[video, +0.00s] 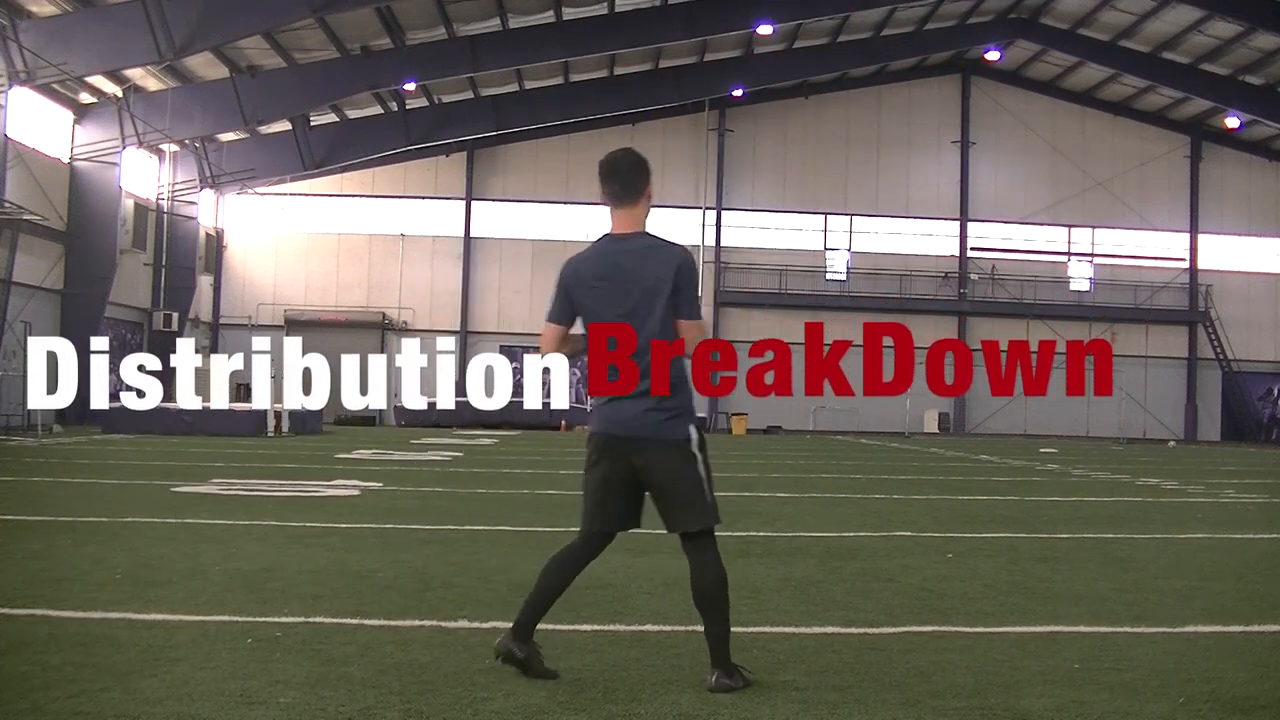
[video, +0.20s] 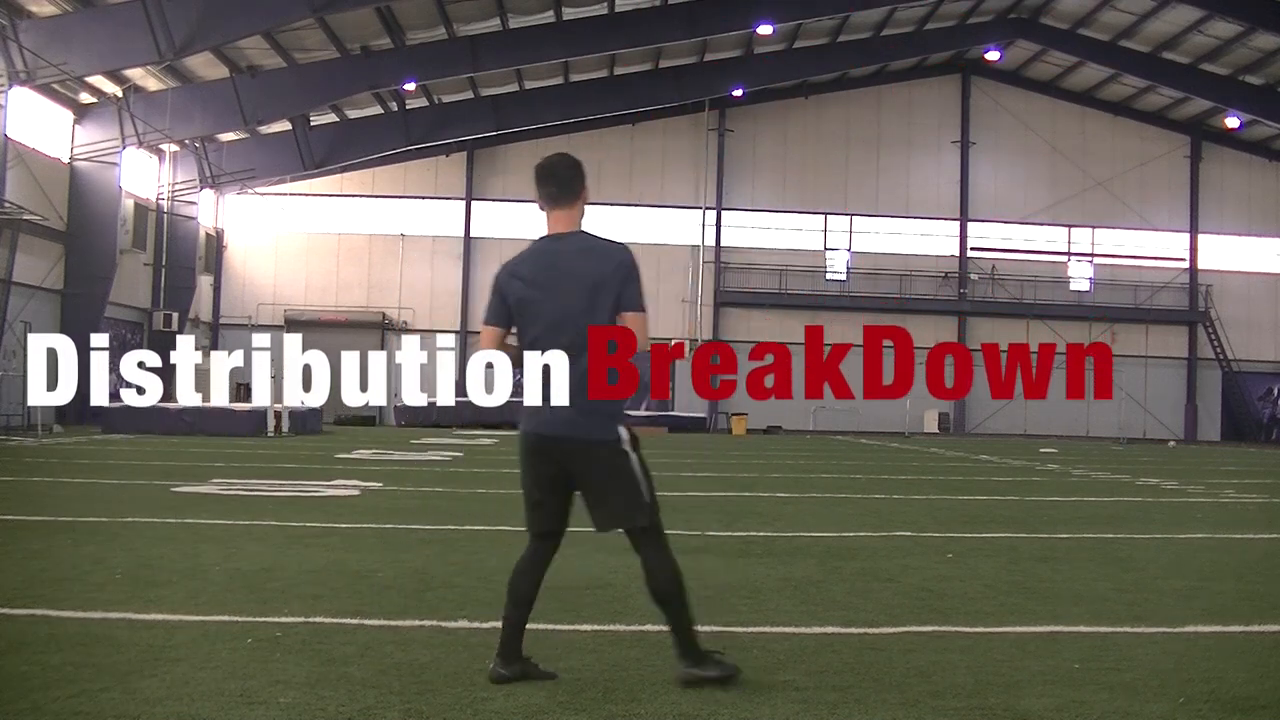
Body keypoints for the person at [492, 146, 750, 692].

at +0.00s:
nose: (649, 197)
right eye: (650, 189)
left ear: (602, 195)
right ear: (650, 192)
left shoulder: (578, 266)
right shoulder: (676, 260)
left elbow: (552, 342)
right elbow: (691, 341)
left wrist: (592, 342)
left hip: (606, 432)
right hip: (667, 433)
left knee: (593, 534)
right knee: (700, 544)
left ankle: (518, 637)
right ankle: (722, 668)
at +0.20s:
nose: (584, 201)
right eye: (586, 193)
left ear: (539, 199)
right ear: (585, 195)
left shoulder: (514, 270)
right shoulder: (615, 258)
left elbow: (487, 350)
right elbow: (636, 340)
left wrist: (527, 351)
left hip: (539, 432)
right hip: (600, 431)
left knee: (541, 539)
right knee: (649, 540)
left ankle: (508, 657)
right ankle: (691, 655)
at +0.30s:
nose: (554, 193)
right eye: (555, 184)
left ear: (509, 192)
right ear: (554, 185)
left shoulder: (485, 260)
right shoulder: (584, 247)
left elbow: (462, 342)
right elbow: (605, 329)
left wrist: (503, 345)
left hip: (508, 421)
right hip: (568, 420)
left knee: (521, 535)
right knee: (617, 526)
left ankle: (507, 657)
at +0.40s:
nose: (518, 192)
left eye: (490, 185)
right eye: (524, 182)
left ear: (478, 188)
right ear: (527, 183)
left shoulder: (458, 256)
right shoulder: (553, 243)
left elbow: (425, 329)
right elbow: (575, 326)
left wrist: (443, 344)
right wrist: (551, 337)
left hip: (481, 416)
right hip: (535, 416)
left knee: (505, 531)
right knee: (567, 529)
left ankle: (504, 656)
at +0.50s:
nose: (496, 192)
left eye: (481, 183)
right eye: (498, 182)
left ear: (453, 189)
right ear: (499, 184)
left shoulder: (431, 258)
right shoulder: (521, 247)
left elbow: (391, 335)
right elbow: (543, 330)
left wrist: (439, 335)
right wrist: (503, 325)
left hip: (452, 420)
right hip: (500, 420)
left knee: (492, 537)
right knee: (496, 536)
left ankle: (507, 659)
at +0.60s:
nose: (480, 195)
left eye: (472, 186)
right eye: (479, 186)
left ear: (431, 192)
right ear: (475, 187)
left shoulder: (404, 260)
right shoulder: (488, 254)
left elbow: (365, 338)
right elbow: (508, 343)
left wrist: (414, 359)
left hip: (416, 423)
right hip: (454, 427)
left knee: (471, 540)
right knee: (415, 543)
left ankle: (501, 657)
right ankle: (337, 662)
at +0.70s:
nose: (458, 194)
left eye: (453, 185)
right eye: (459, 186)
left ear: (408, 187)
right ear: (455, 186)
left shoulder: (377, 251)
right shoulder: (456, 251)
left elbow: (339, 330)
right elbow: (465, 340)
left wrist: (395, 341)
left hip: (380, 417)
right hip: (412, 421)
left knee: (440, 524)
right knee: (370, 540)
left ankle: (480, 652)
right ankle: (328, 669)